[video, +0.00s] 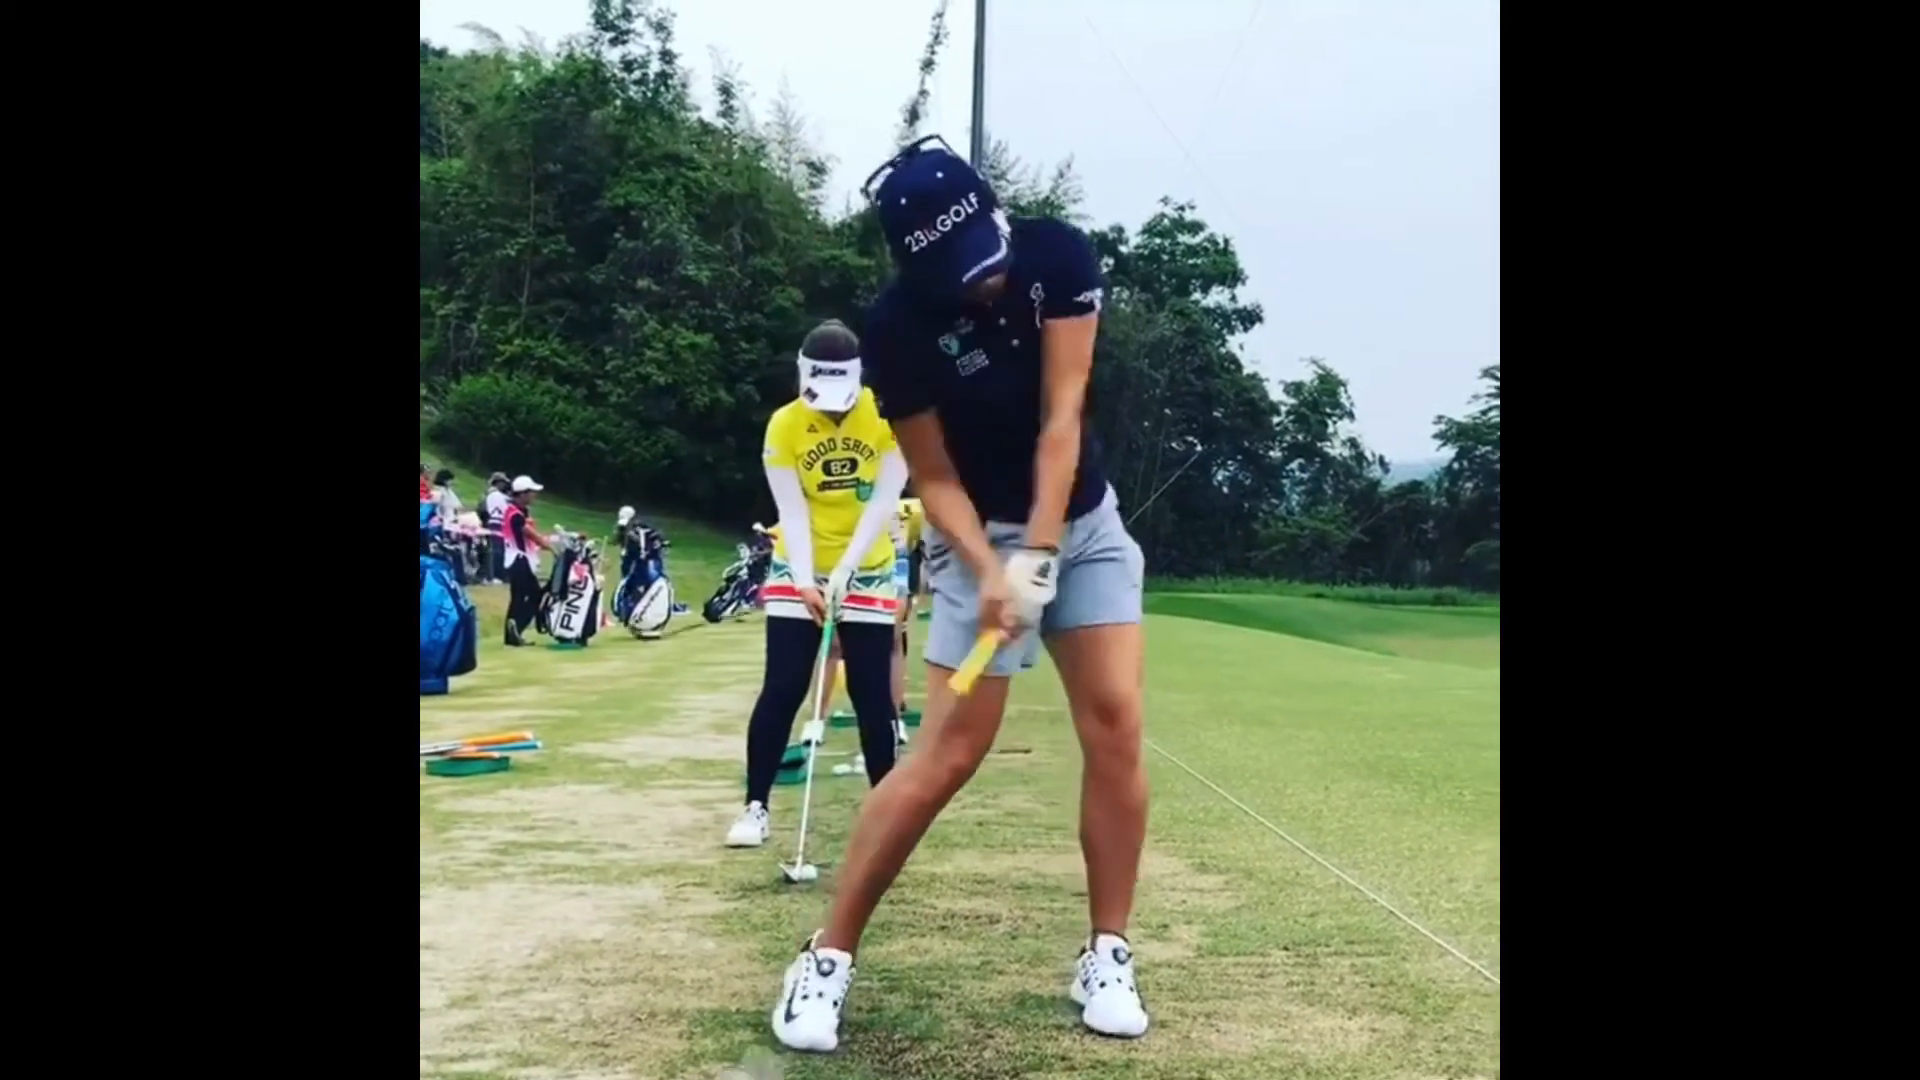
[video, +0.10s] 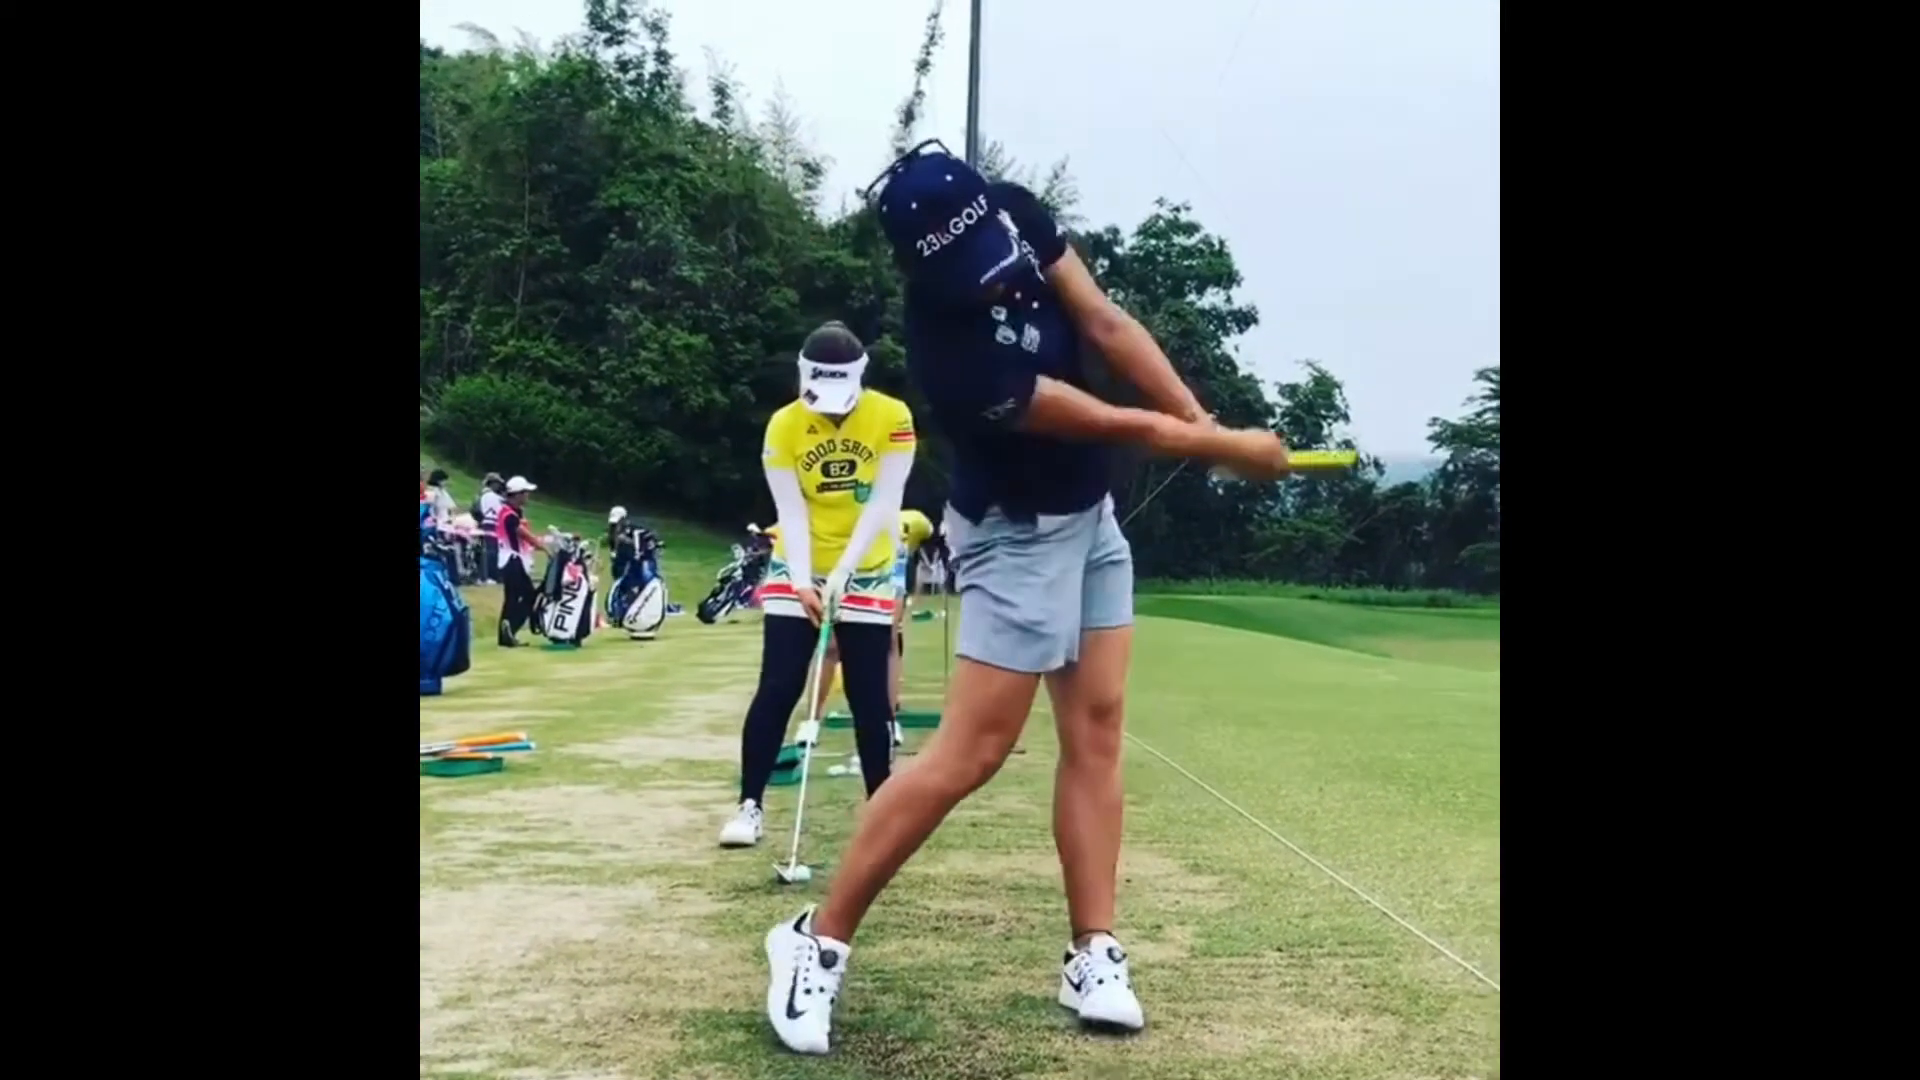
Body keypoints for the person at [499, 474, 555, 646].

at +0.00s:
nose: (534, 496)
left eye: (534, 492)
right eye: (531, 492)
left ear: (521, 495)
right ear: (521, 494)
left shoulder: (516, 512)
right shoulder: (516, 516)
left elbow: (531, 533)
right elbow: (533, 536)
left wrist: (550, 538)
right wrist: (551, 546)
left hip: (516, 556)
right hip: (518, 558)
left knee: (518, 595)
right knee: (535, 593)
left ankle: (511, 633)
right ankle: (517, 625)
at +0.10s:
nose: (527, 497)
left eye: (527, 493)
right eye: (524, 493)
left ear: (514, 496)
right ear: (514, 495)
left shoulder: (511, 513)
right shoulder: (510, 516)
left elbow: (525, 535)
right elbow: (526, 536)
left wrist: (541, 543)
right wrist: (545, 546)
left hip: (512, 557)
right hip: (512, 559)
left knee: (511, 596)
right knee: (529, 594)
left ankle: (505, 634)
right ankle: (511, 626)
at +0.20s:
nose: (521, 498)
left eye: (521, 494)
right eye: (519, 494)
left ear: (506, 496)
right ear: (511, 496)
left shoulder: (501, 513)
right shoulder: (505, 518)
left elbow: (518, 536)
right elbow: (521, 538)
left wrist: (535, 544)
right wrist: (540, 549)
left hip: (502, 557)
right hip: (507, 560)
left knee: (505, 597)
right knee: (524, 595)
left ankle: (499, 635)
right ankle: (505, 627)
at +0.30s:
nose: (517, 498)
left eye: (517, 495)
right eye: (515, 495)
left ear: (502, 496)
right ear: (507, 496)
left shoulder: (495, 514)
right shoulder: (500, 518)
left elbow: (514, 536)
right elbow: (517, 539)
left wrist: (531, 544)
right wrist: (536, 550)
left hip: (496, 558)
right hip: (502, 560)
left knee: (500, 597)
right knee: (519, 595)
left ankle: (494, 635)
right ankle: (500, 628)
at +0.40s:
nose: (512, 499)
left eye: (512, 495)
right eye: (510, 495)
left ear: (497, 496)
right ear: (502, 497)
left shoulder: (489, 514)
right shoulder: (495, 519)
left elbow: (509, 537)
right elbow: (513, 540)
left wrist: (529, 542)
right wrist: (531, 551)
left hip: (491, 559)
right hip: (497, 561)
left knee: (495, 599)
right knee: (514, 596)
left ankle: (489, 637)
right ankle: (495, 628)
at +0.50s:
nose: (508, 500)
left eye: (508, 497)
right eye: (506, 497)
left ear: (493, 498)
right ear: (498, 498)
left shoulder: (486, 515)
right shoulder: (492, 520)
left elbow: (504, 538)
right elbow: (508, 541)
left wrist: (522, 546)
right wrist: (526, 551)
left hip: (487, 559)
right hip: (493, 562)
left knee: (491, 599)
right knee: (509, 597)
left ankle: (485, 638)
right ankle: (491, 629)